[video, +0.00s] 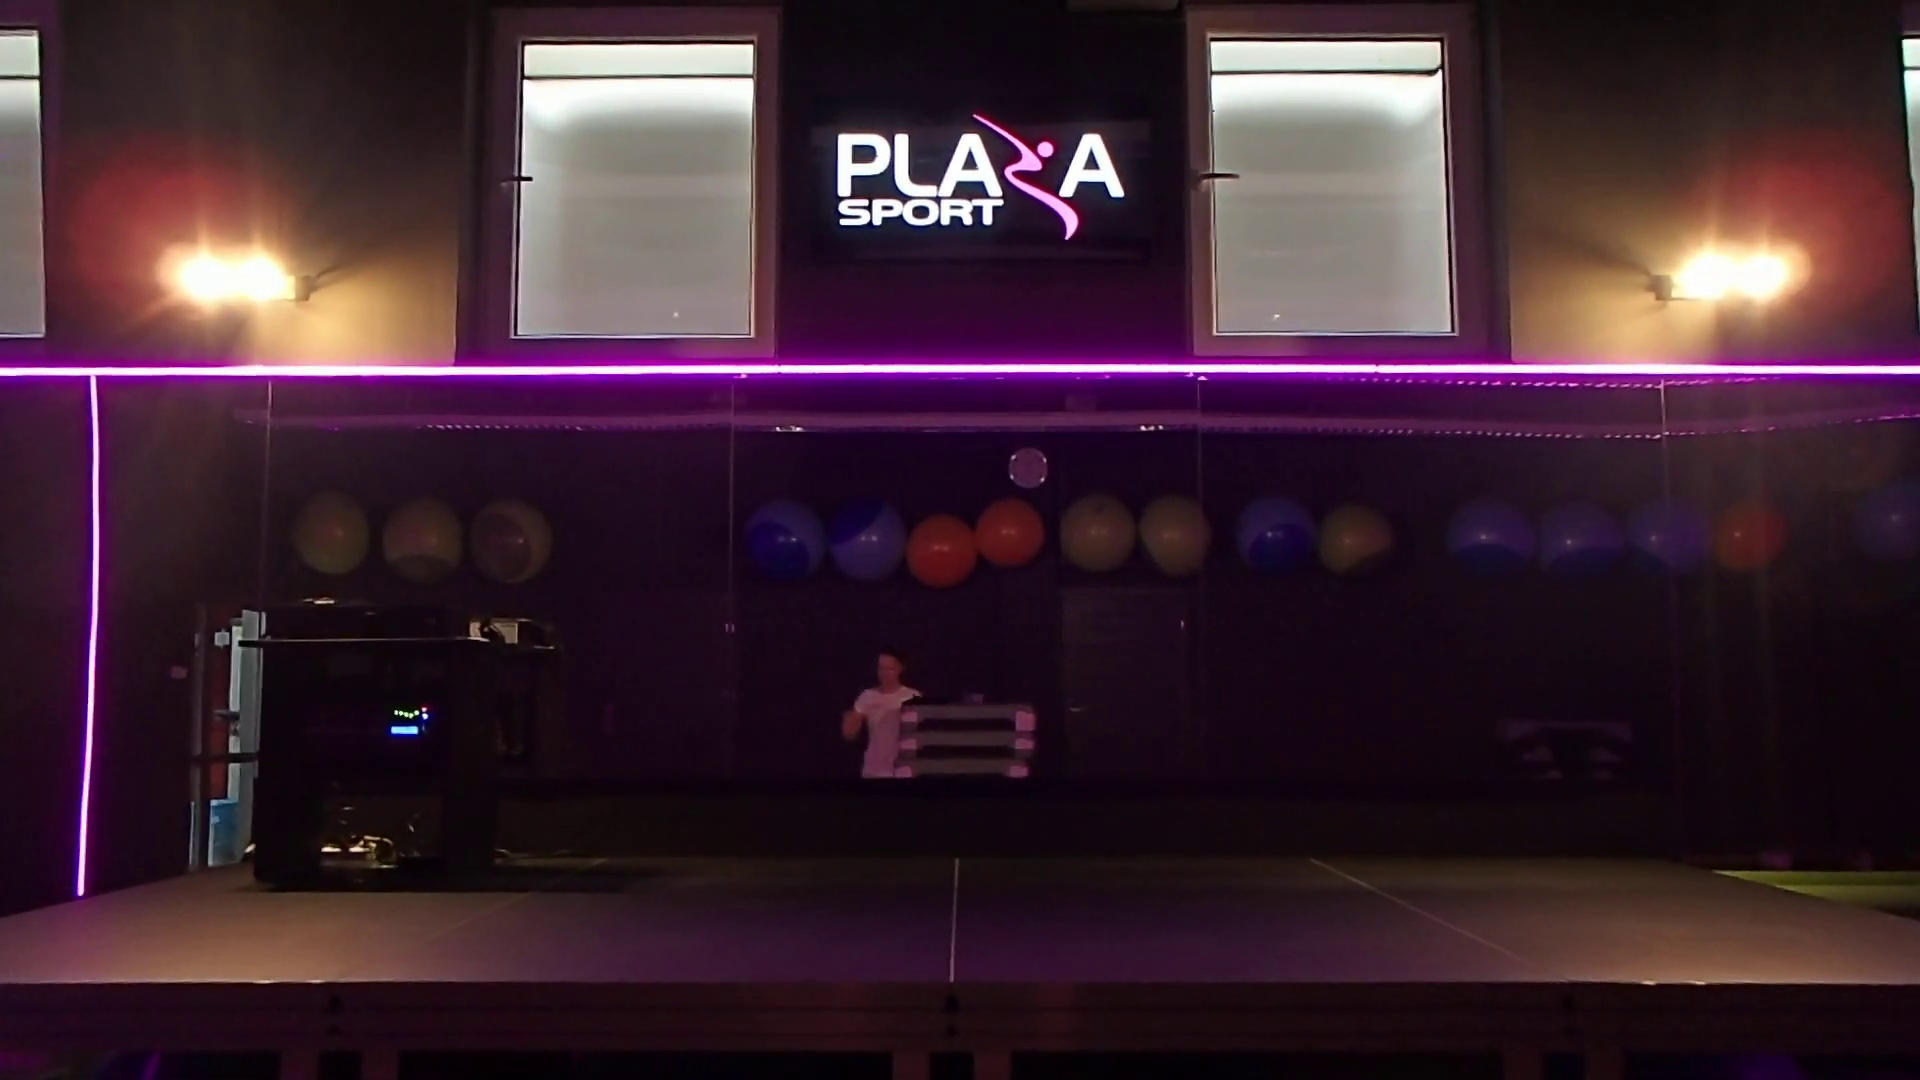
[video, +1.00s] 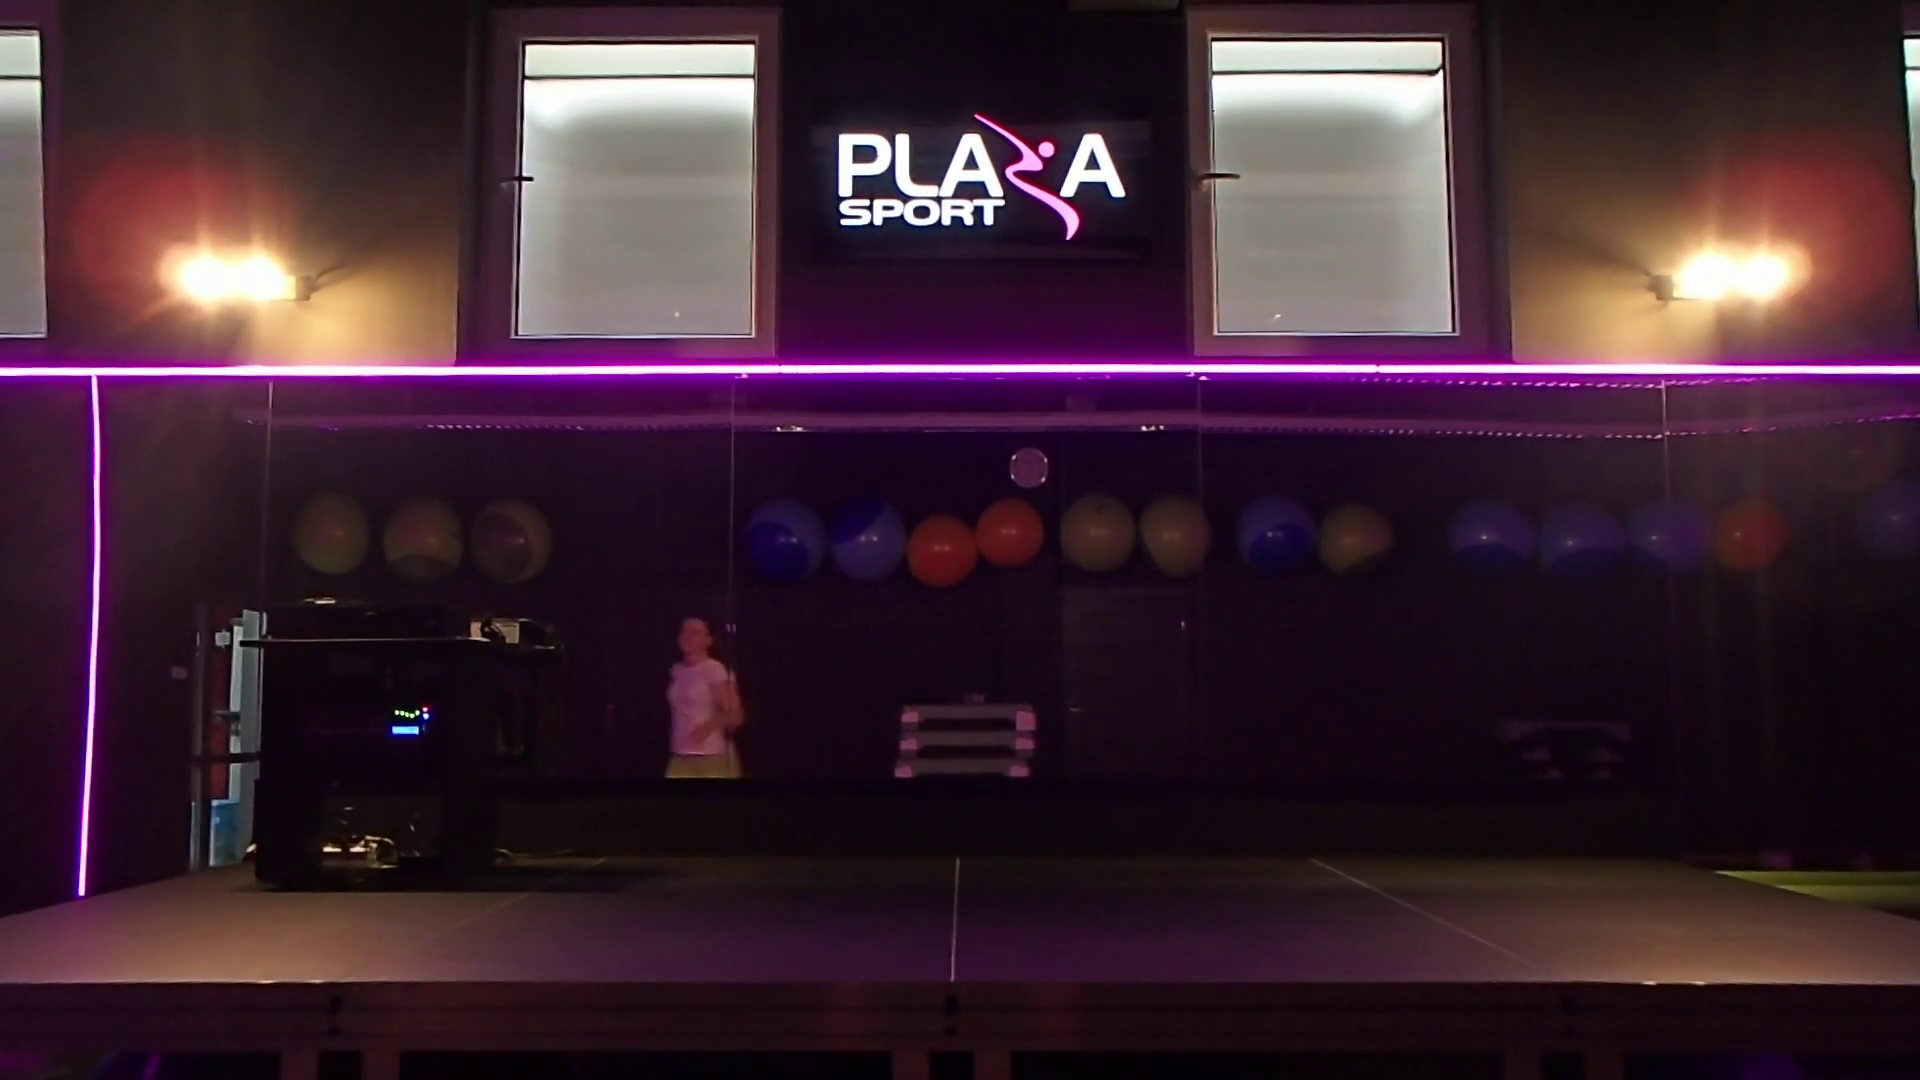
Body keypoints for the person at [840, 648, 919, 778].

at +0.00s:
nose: (884, 673)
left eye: (889, 669)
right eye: (881, 668)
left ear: (900, 669)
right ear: (877, 669)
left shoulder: (912, 697)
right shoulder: (867, 697)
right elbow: (850, 733)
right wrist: (850, 721)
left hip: (901, 769)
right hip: (873, 768)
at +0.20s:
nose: (852, 666)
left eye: (857, 661)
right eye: (848, 661)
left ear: (869, 660)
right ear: (844, 662)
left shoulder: (885, 685)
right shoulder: (841, 686)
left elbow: (896, 721)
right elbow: (837, 718)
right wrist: (829, 736)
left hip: (878, 765)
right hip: (851, 764)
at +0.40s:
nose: (815, 678)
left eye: (820, 672)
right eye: (811, 673)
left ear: (833, 671)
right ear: (808, 675)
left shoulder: (853, 696)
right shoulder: (808, 701)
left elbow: (867, 733)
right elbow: (809, 735)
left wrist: (875, 768)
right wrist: (806, 758)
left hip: (858, 771)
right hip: (829, 773)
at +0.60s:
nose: (774, 692)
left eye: (781, 687)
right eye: (772, 687)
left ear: (794, 690)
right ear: (769, 690)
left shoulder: (809, 716)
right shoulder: (768, 714)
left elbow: (831, 755)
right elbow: (772, 749)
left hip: (820, 781)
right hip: (791, 781)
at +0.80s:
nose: (738, 679)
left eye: (743, 673)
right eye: (734, 673)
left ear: (753, 678)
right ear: (726, 679)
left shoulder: (761, 707)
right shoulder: (724, 704)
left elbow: (783, 748)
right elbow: (724, 737)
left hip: (770, 776)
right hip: (743, 777)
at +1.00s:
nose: (687, 638)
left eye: (695, 633)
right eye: (684, 632)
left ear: (708, 640)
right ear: (679, 638)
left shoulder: (715, 670)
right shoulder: (677, 671)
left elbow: (734, 714)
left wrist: (707, 727)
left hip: (712, 759)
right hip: (681, 757)